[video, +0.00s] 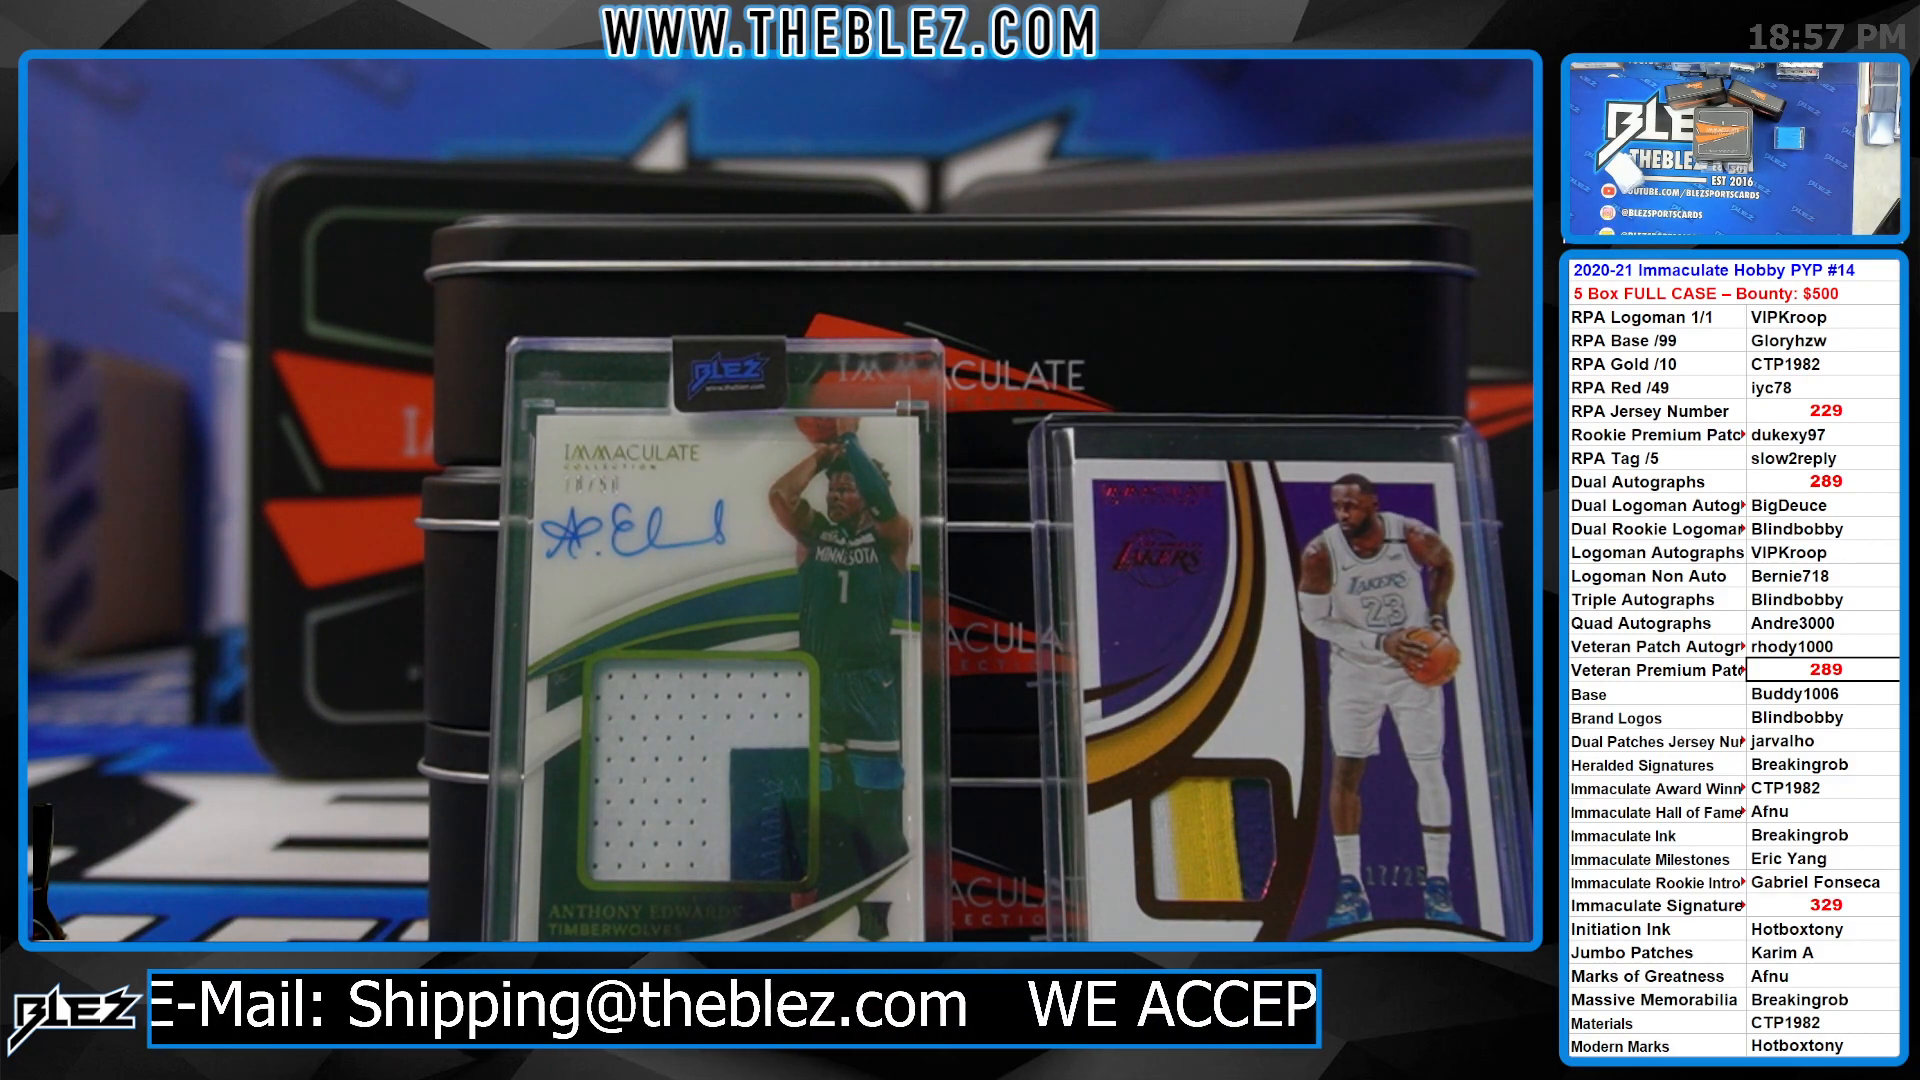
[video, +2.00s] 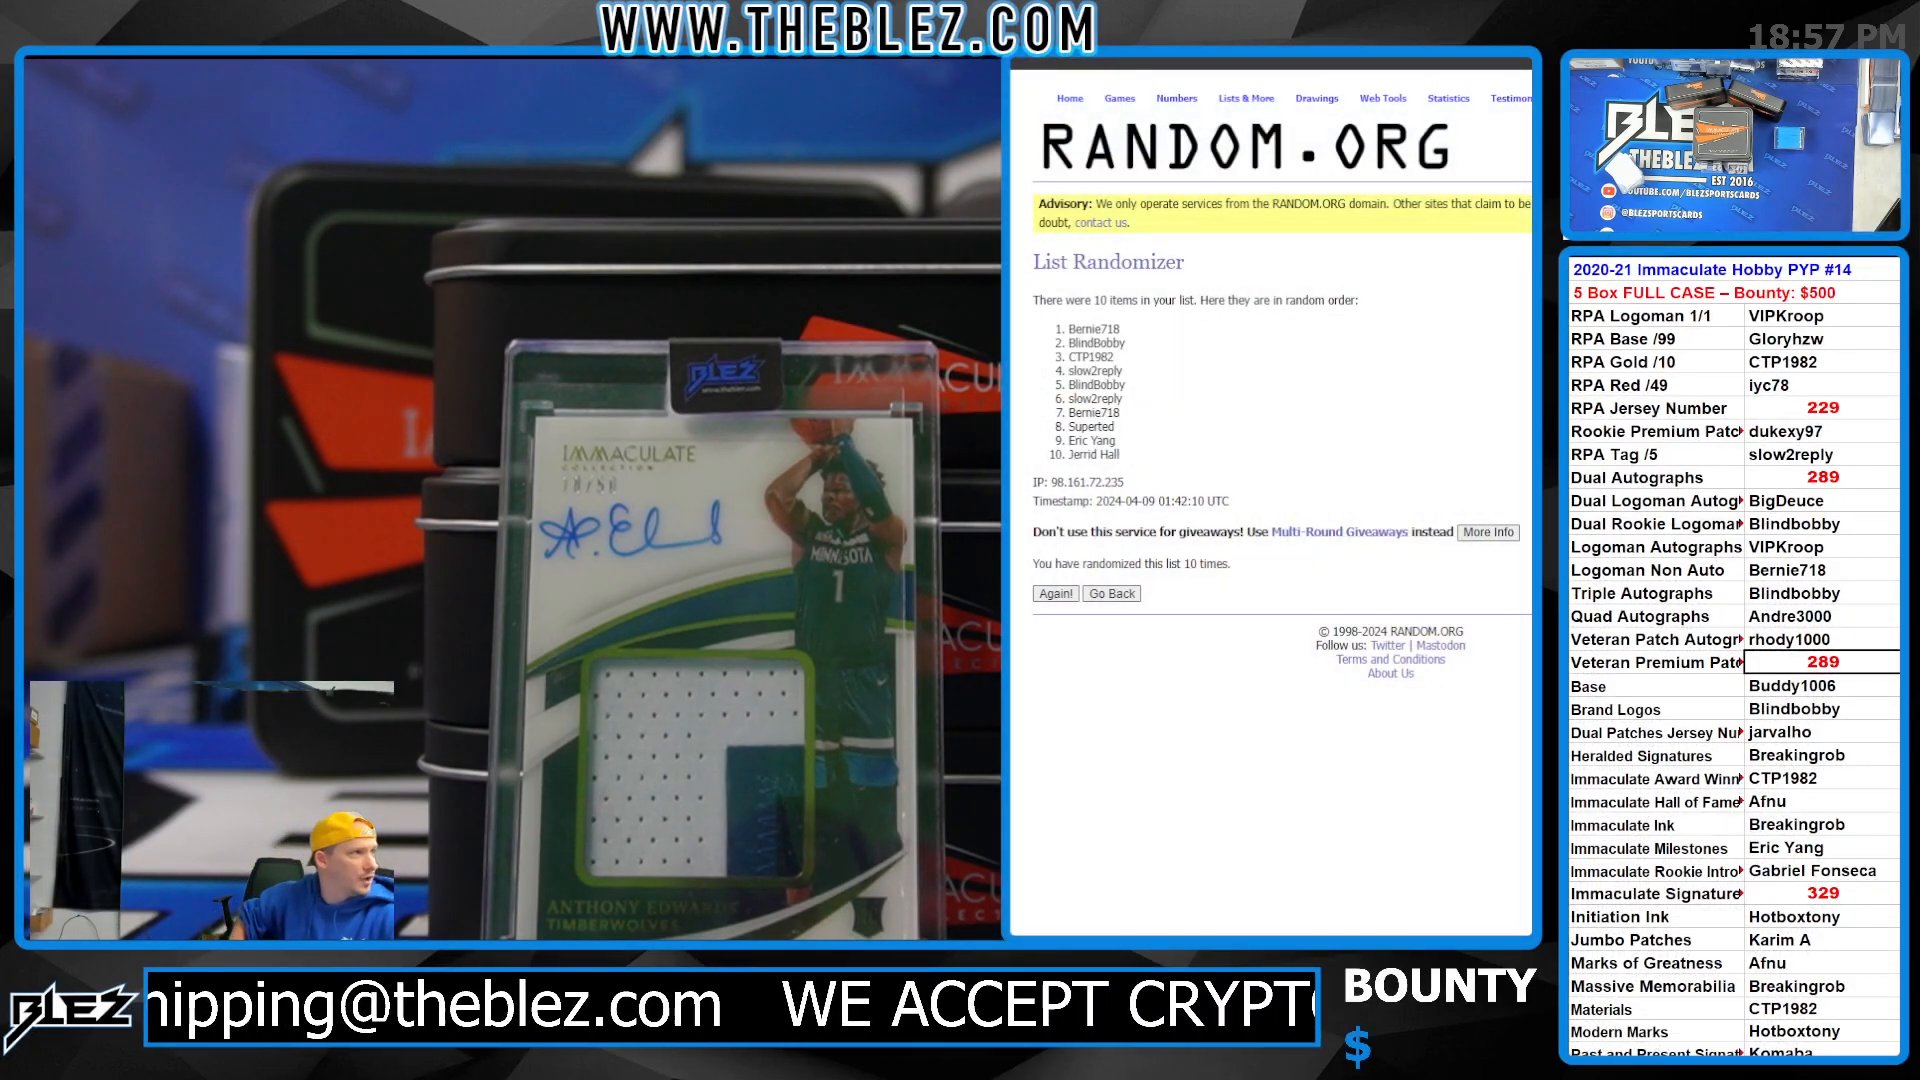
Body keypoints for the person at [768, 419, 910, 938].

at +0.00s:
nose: (841, 494)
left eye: (850, 487)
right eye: (835, 486)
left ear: (869, 494)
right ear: (827, 493)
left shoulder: (890, 539)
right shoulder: (815, 533)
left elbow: (883, 500)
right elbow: (780, 495)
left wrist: (850, 445)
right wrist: (819, 458)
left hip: (872, 678)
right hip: (817, 677)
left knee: (877, 799)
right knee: (824, 795)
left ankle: (878, 903)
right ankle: (824, 894)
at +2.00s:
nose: (835, 496)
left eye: (844, 489)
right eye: (830, 489)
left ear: (863, 495)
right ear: (822, 496)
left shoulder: (884, 539)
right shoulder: (810, 532)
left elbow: (875, 497)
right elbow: (776, 496)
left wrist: (844, 445)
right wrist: (815, 459)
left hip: (865, 678)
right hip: (813, 677)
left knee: (873, 794)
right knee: (818, 793)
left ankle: (871, 893)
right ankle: (818, 886)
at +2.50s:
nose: (835, 496)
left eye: (844, 489)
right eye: (829, 488)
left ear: (862, 494)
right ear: (822, 495)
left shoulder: (884, 539)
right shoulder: (810, 532)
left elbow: (875, 497)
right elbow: (776, 496)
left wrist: (844, 445)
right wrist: (815, 459)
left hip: (865, 679)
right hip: (813, 678)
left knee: (873, 796)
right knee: (818, 794)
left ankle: (873, 896)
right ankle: (818, 887)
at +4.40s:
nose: (840, 496)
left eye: (849, 489)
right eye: (834, 488)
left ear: (867, 495)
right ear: (826, 494)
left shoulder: (889, 540)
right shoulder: (813, 532)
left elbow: (883, 502)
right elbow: (780, 495)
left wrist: (851, 450)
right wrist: (818, 459)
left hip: (872, 680)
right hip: (817, 679)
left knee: (878, 800)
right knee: (820, 797)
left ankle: (877, 904)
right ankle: (818, 894)